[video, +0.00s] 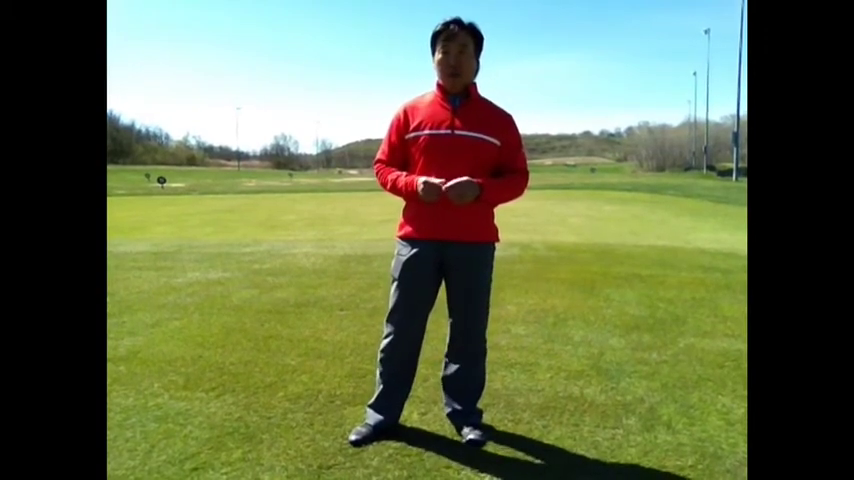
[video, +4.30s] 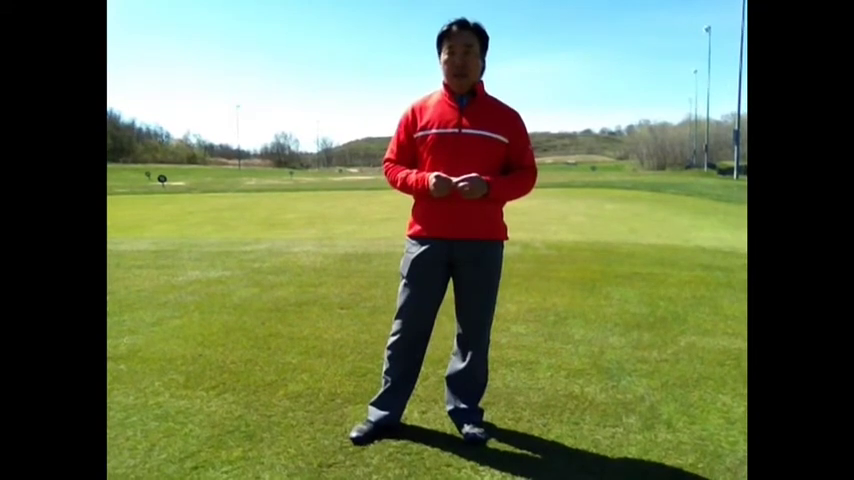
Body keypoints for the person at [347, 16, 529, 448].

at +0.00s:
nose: (451, 58)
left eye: (461, 51)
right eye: (444, 50)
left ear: (478, 59)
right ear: (433, 58)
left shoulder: (499, 121)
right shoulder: (409, 114)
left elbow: (518, 179)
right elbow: (383, 169)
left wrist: (481, 190)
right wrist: (414, 184)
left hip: (473, 245)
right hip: (417, 241)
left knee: (469, 334)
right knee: (400, 330)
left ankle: (466, 416)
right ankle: (382, 415)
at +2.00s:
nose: (454, 60)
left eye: (463, 52)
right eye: (445, 53)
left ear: (478, 58)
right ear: (434, 61)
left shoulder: (503, 119)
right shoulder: (415, 116)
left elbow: (525, 175)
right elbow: (390, 171)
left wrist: (489, 187)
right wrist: (423, 183)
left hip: (482, 243)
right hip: (427, 241)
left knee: (476, 333)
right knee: (408, 329)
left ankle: (467, 413)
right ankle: (384, 414)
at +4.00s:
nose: (454, 61)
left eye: (463, 52)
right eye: (446, 54)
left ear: (480, 58)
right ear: (437, 61)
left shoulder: (506, 119)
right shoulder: (418, 115)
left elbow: (528, 175)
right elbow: (392, 170)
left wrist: (490, 186)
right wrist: (425, 182)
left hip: (483, 244)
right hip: (428, 240)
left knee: (474, 335)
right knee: (407, 329)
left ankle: (467, 415)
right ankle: (384, 414)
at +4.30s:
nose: (457, 59)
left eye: (467, 51)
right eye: (450, 51)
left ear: (483, 59)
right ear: (439, 58)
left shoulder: (506, 119)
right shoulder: (418, 113)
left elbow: (526, 175)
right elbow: (392, 168)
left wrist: (489, 187)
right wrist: (425, 181)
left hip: (482, 244)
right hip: (426, 240)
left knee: (474, 334)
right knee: (407, 329)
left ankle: (467, 413)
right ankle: (384, 413)